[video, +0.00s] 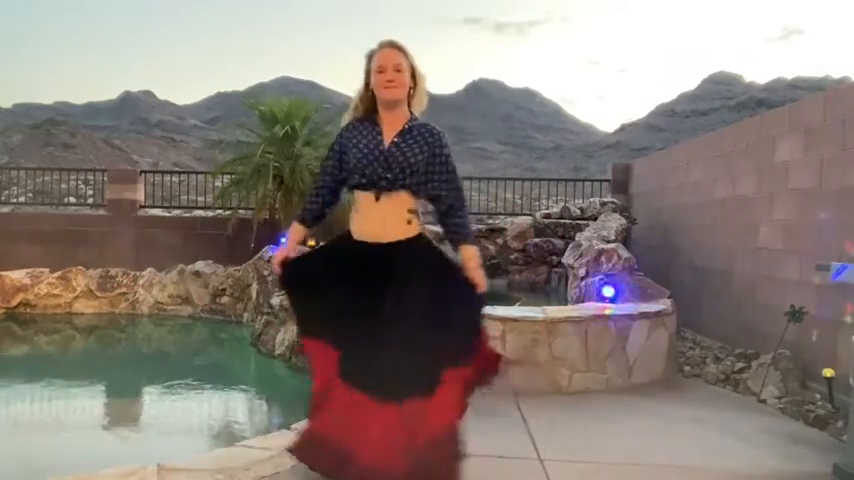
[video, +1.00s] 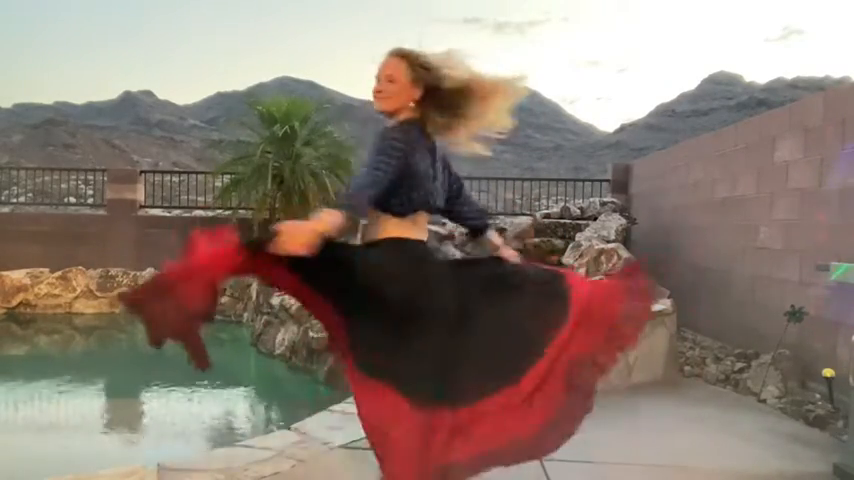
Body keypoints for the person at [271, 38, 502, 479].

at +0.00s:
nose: (390, 77)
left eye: (398, 70)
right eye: (381, 71)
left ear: (411, 79)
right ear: (369, 80)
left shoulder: (428, 137)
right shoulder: (352, 134)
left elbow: (451, 201)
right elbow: (324, 191)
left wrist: (471, 263)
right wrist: (292, 241)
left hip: (411, 258)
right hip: (354, 257)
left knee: (415, 365)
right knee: (354, 364)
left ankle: (417, 460)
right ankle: (357, 459)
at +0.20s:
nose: (389, 92)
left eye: (397, 85)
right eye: (380, 86)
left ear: (410, 95)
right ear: (368, 98)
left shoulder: (425, 151)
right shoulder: (353, 151)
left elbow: (454, 206)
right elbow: (318, 207)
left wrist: (498, 250)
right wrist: (283, 257)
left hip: (422, 270)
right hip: (362, 270)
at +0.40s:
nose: (395, 80)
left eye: (400, 73)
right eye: (383, 76)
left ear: (411, 83)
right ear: (367, 91)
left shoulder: (398, 136)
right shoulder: (374, 138)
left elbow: (395, 213)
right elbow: (352, 215)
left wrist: (434, 236)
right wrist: (327, 288)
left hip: (407, 270)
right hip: (384, 276)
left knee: (404, 387)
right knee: (384, 392)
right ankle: (381, 468)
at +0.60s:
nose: (426, 75)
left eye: (423, 66)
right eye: (421, 66)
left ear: (374, 75)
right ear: (405, 74)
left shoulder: (357, 131)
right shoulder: (422, 127)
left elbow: (327, 173)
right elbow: (458, 188)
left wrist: (293, 205)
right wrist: (492, 248)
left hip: (366, 252)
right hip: (412, 252)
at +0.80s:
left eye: (380, 75)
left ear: (385, 81)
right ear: (433, 88)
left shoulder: (359, 130)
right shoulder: (440, 139)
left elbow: (300, 165)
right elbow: (493, 198)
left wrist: (233, 193)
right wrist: (546, 248)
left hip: (360, 247)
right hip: (414, 245)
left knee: (369, 357)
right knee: (417, 360)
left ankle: (373, 449)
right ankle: (421, 456)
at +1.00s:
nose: (377, 88)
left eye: (389, 81)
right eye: (380, 79)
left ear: (416, 93)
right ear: (413, 93)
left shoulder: (396, 136)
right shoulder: (426, 146)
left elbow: (365, 192)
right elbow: (459, 201)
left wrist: (317, 226)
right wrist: (500, 243)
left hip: (386, 264)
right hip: (416, 262)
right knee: (418, 378)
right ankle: (420, 463)